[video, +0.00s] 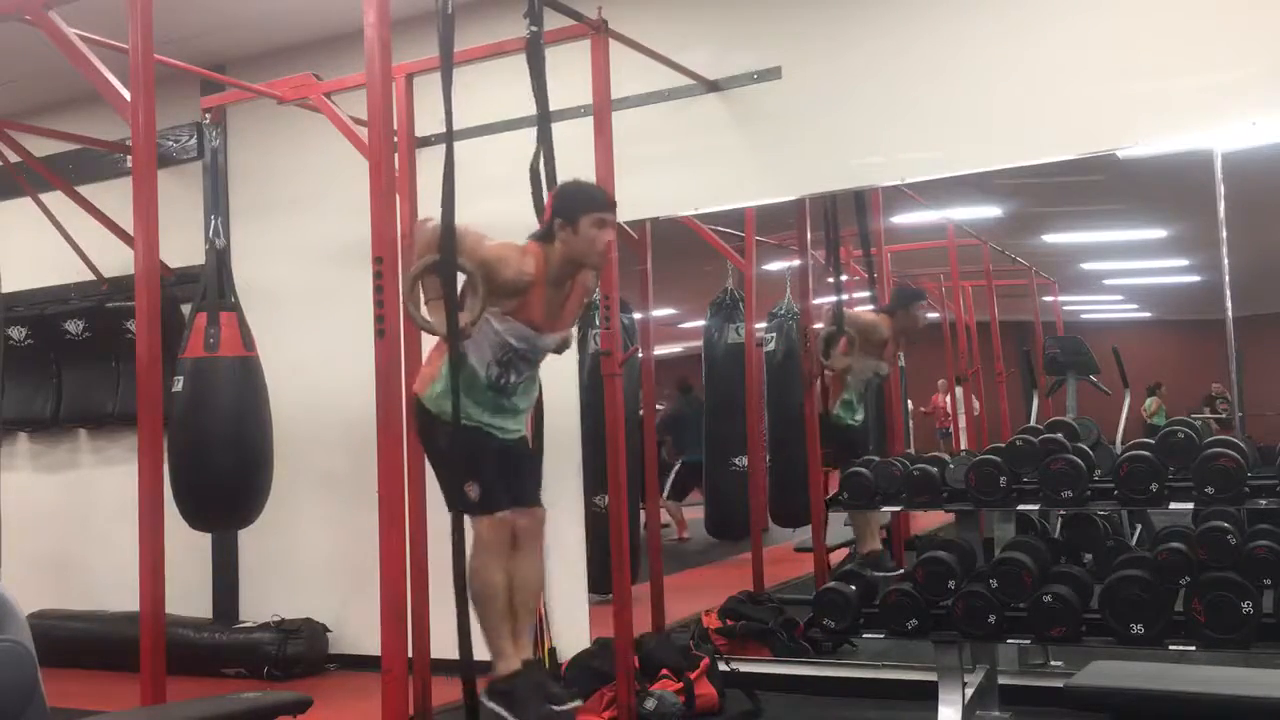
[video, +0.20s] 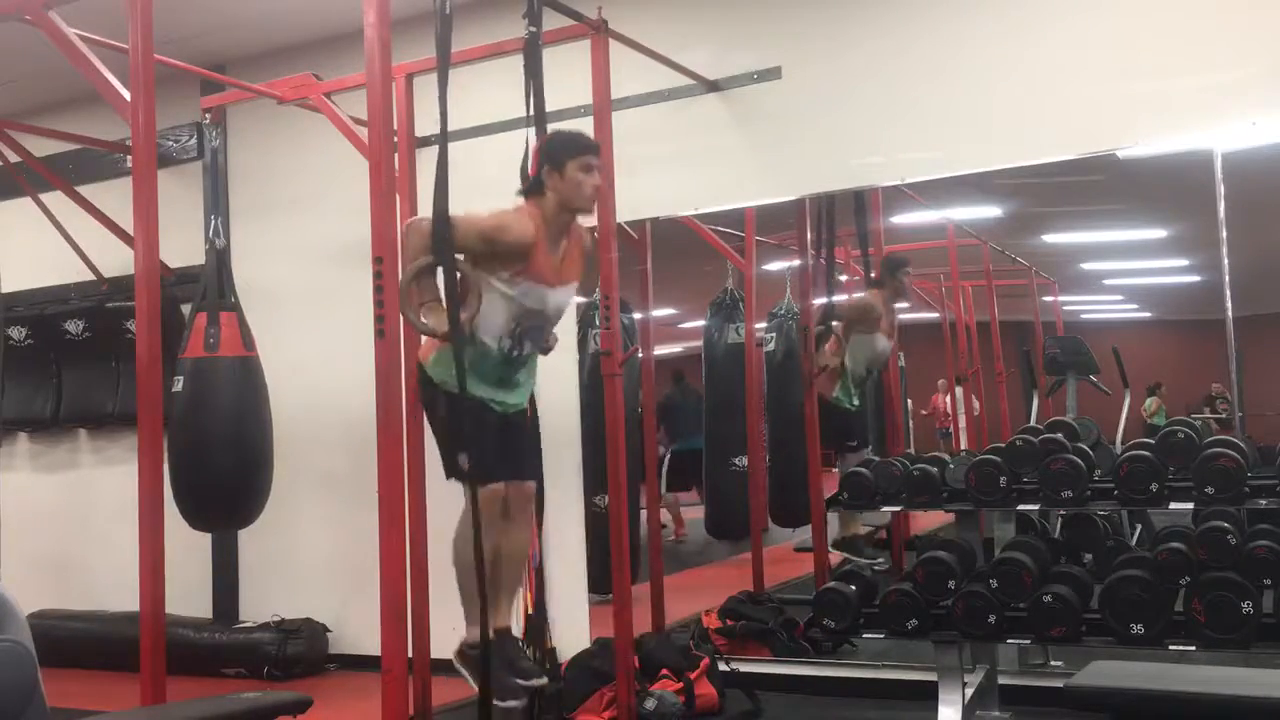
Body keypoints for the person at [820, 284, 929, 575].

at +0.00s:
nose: (924, 317)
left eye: (923, 310)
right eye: (920, 310)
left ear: (904, 311)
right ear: (904, 310)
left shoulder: (890, 336)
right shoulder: (879, 326)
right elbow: (834, 313)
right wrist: (828, 357)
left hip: (860, 407)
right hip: (844, 407)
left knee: (867, 475)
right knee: (859, 476)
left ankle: (870, 547)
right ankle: (868, 549)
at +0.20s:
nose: (910, 282)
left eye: (909, 276)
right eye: (905, 276)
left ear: (892, 278)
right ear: (890, 277)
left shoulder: (888, 310)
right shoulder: (869, 305)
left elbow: (879, 354)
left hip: (859, 393)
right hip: (842, 394)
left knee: (860, 460)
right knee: (854, 461)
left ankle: (858, 528)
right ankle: (848, 532)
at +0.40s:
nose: (898, 255)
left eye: (897, 249)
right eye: (894, 249)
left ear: (882, 251)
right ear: (878, 251)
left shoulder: (881, 285)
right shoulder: (862, 281)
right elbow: (829, 310)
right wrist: (830, 349)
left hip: (857, 376)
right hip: (840, 375)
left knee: (845, 449)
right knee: (849, 448)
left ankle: (832, 515)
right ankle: (823, 515)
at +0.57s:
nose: (894, 240)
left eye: (894, 233)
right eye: (890, 232)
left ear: (875, 232)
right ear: (875, 232)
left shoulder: (873, 266)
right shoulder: (857, 265)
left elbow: (865, 315)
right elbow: (833, 307)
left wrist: (870, 350)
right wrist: (830, 347)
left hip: (855, 359)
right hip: (840, 359)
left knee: (843, 435)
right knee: (834, 436)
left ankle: (832, 514)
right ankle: (824, 517)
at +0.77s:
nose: (887, 228)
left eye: (887, 220)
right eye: (883, 220)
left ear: (871, 219)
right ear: (868, 219)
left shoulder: (866, 255)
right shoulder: (850, 255)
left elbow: (864, 310)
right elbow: (835, 306)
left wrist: (874, 347)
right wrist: (829, 350)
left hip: (857, 353)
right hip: (843, 354)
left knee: (844, 424)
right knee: (837, 425)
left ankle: (833, 500)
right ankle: (825, 506)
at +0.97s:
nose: (882, 227)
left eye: (884, 219)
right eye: (878, 219)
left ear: (875, 221)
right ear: (862, 219)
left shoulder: (861, 254)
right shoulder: (847, 255)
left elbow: (857, 306)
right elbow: (833, 304)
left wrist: (870, 336)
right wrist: (830, 347)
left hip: (861, 349)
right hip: (845, 351)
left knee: (857, 422)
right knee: (842, 422)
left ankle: (857, 490)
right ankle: (840, 491)